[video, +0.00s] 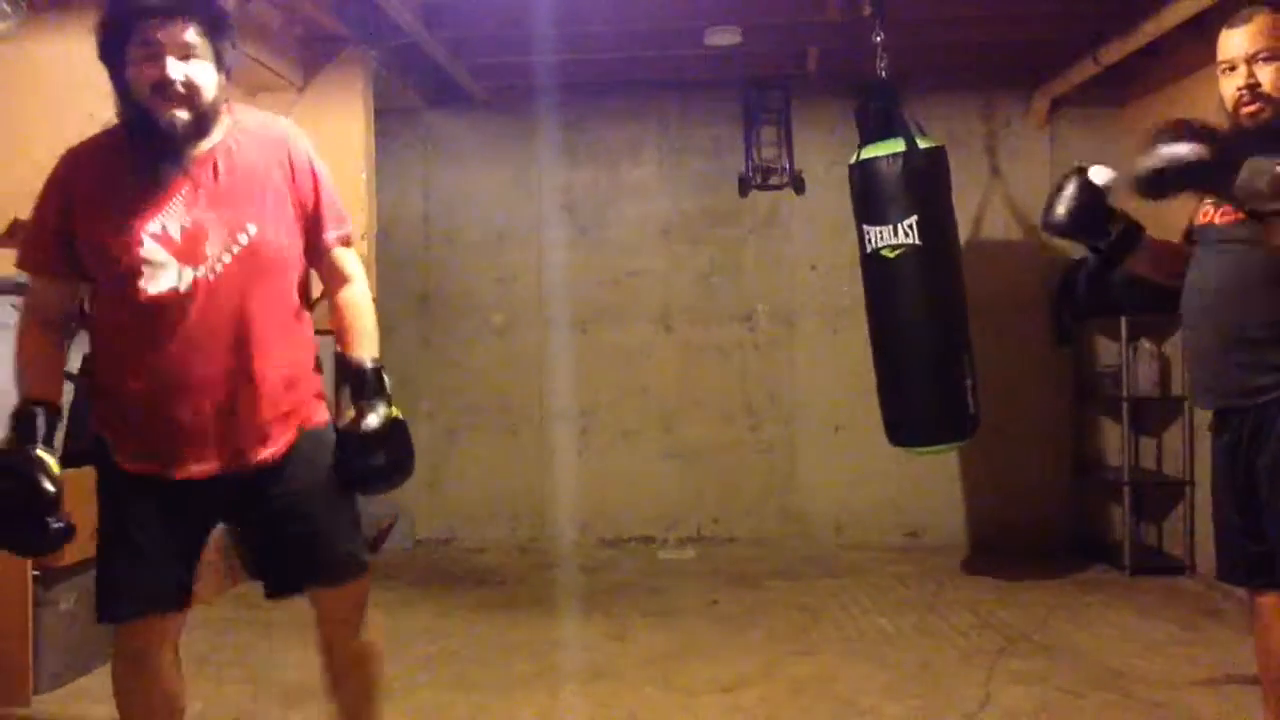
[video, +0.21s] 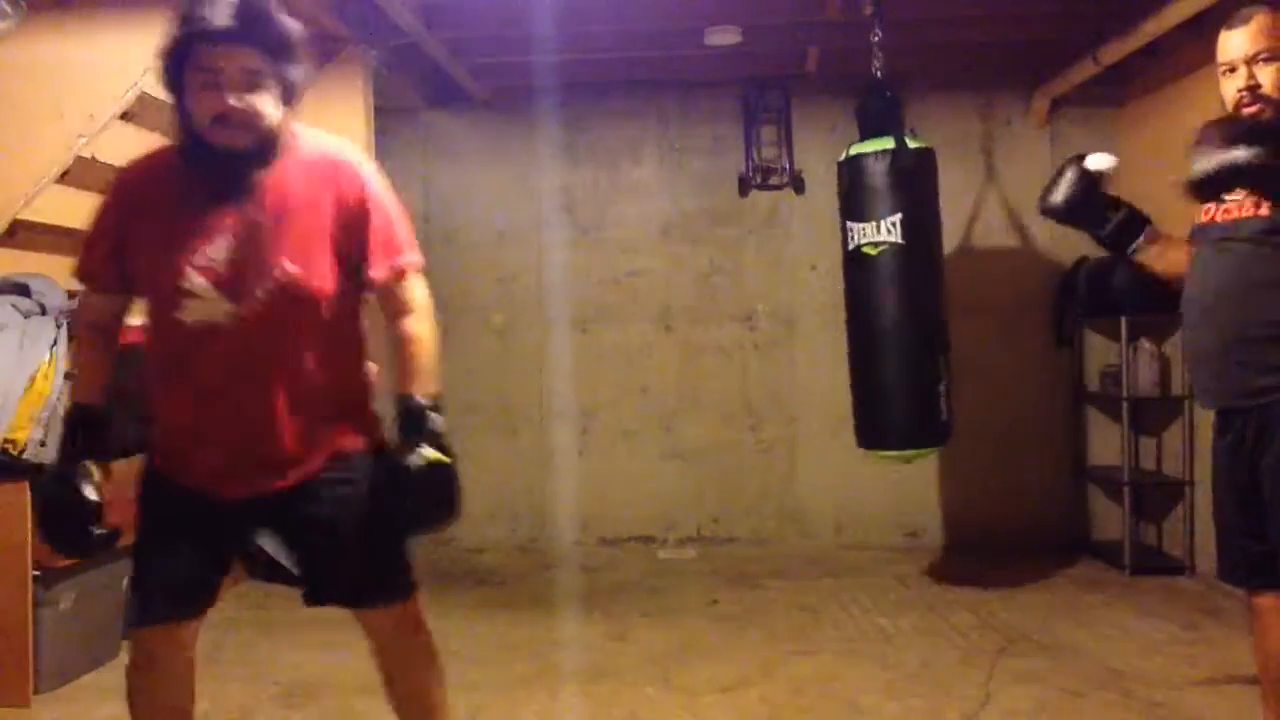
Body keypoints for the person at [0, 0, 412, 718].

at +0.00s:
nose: (170, 74)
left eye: (188, 53)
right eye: (149, 55)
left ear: (221, 62)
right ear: (120, 68)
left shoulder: (283, 152)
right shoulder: (83, 175)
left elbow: (345, 275)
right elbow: (47, 317)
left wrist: (369, 395)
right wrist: (33, 443)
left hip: (283, 439)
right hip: (148, 456)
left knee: (346, 598)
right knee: (142, 639)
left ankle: (363, 715)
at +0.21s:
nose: (229, 101)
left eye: (250, 81)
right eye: (208, 82)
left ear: (288, 88)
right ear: (180, 92)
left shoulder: (342, 176)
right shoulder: (145, 186)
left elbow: (407, 303)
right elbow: (96, 318)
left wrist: (423, 431)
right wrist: (82, 446)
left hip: (327, 460)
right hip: (191, 467)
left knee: (398, 622)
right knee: (158, 641)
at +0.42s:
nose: (334, 130)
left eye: (356, 111)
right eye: (312, 109)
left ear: (388, 121)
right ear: (279, 115)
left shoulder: (432, 203)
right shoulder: (233, 206)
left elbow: (499, 334)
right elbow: (177, 329)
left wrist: (503, 460)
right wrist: (153, 461)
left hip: (400, 459)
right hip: (259, 462)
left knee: (451, 617)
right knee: (198, 631)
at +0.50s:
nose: (372, 141)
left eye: (394, 121)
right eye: (351, 120)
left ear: (425, 131)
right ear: (317, 127)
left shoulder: (466, 216)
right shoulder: (265, 213)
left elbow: (525, 338)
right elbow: (206, 334)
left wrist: (527, 465)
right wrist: (182, 464)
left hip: (417, 460)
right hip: (276, 459)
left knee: (466, 612)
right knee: (205, 615)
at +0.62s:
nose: (411, 152)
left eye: (435, 134)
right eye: (390, 130)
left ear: (466, 146)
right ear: (357, 137)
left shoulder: (503, 232)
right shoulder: (297, 218)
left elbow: (549, 351)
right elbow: (222, 336)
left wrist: (550, 463)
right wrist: (195, 464)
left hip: (433, 462)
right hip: (289, 455)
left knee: (480, 622)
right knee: (199, 611)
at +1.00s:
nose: (387, 163)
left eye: (411, 145)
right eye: (365, 142)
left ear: (443, 158)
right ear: (333, 150)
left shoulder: (474, 244)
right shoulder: (272, 223)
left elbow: (522, 378)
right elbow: (228, 381)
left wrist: (480, 471)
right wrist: (344, 382)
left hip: (403, 466)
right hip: (260, 461)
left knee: (467, 616)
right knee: (183, 634)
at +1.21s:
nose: (338, 158)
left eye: (361, 136)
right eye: (316, 137)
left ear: (398, 147)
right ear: (286, 147)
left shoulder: (442, 229)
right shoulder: (241, 219)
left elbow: (469, 391)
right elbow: (224, 393)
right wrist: (330, 341)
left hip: (382, 456)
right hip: (235, 456)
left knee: (452, 618)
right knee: (152, 639)